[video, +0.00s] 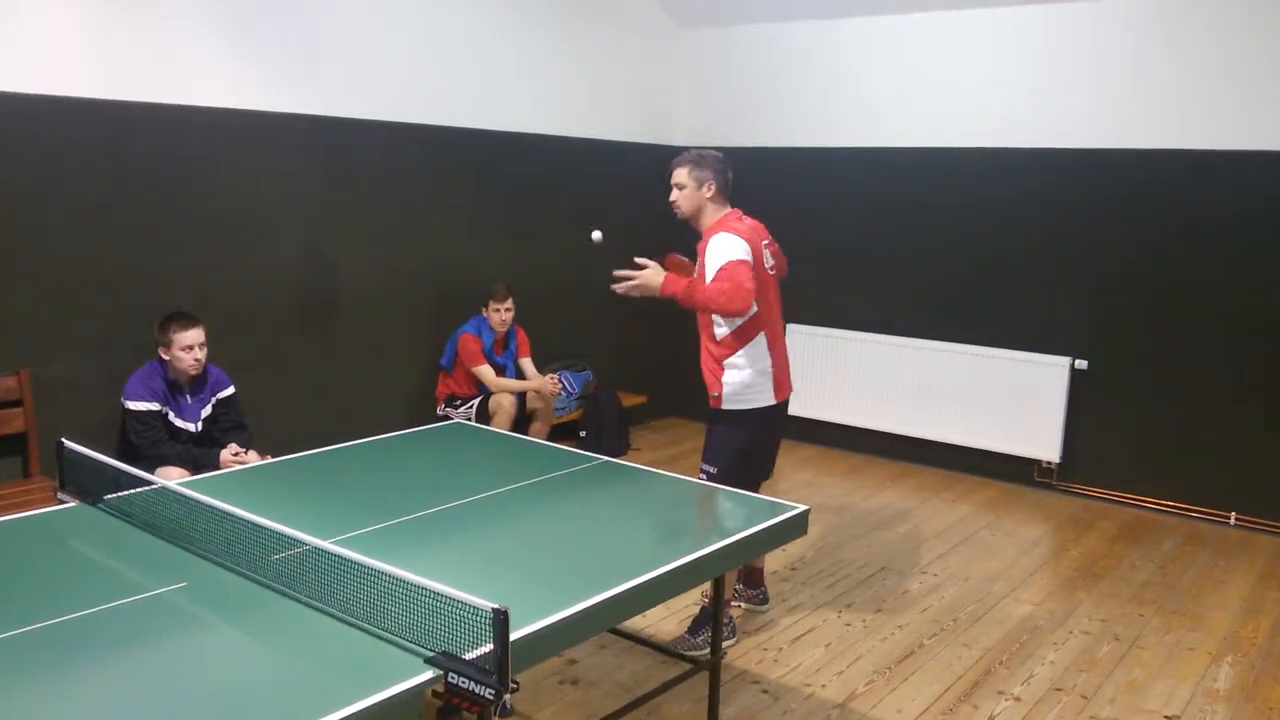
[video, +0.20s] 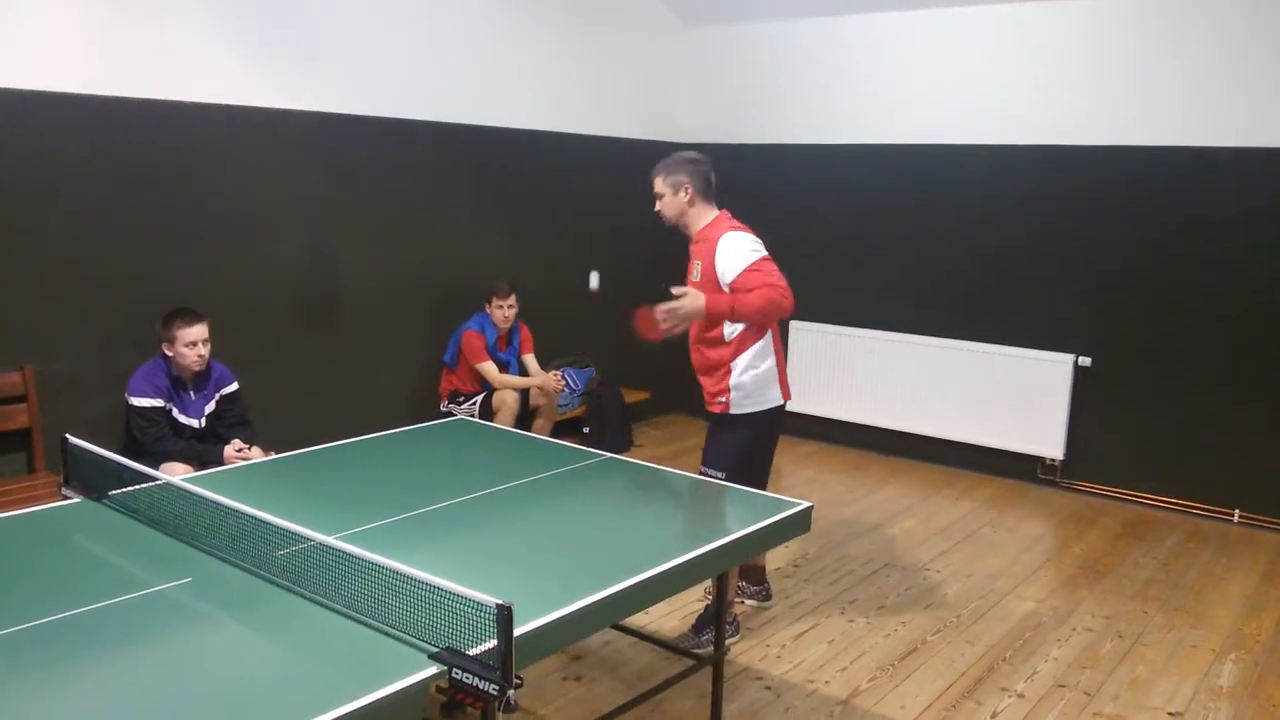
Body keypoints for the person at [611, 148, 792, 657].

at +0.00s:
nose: (672, 197)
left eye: (678, 188)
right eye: (672, 188)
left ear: (708, 189)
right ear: (713, 191)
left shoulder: (723, 239)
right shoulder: (751, 229)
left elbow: (736, 298)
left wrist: (667, 285)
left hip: (741, 400)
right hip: (764, 395)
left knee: (714, 505)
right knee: (742, 494)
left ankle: (717, 613)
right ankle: (752, 582)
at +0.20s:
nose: (656, 206)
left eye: (660, 196)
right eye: (655, 197)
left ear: (686, 192)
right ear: (689, 194)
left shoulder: (730, 240)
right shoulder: (704, 242)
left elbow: (779, 298)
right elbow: (730, 305)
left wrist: (708, 305)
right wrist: (686, 317)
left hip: (749, 403)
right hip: (734, 399)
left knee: (715, 503)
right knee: (740, 496)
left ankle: (723, 610)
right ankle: (754, 578)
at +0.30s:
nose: (649, 213)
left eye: (652, 202)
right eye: (647, 203)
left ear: (678, 197)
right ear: (678, 198)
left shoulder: (736, 242)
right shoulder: (689, 252)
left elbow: (782, 303)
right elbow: (694, 314)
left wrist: (713, 315)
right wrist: (628, 328)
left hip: (750, 404)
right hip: (717, 402)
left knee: (714, 502)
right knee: (732, 495)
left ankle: (723, 606)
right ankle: (754, 577)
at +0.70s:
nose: (655, 202)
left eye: (665, 193)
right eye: (651, 193)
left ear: (697, 194)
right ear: (649, 196)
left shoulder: (743, 249)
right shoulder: (652, 245)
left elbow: (776, 317)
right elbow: (631, 308)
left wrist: (717, 324)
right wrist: (609, 297)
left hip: (735, 401)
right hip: (681, 394)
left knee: (729, 504)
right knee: (668, 492)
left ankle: (731, 607)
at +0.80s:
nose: (649, 204)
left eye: (660, 195)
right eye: (645, 194)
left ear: (692, 196)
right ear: (644, 197)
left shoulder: (735, 252)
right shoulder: (642, 251)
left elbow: (761, 322)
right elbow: (635, 321)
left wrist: (704, 327)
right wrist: (630, 331)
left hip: (725, 403)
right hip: (672, 396)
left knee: (726, 504)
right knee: (648, 491)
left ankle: (728, 606)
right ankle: (624, 585)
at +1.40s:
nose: (672, 241)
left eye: (682, 230)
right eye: (667, 230)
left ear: (713, 225)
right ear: (664, 228)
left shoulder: (760, 272)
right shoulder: (664, 277)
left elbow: (791, 341)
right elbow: (655, 336)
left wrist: (737, 383)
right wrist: (666, 387)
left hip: (762, 416)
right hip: (696, 414)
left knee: (778, 511)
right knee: (666, 501)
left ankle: (795, 617)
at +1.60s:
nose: (670, 247)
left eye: (678, 236)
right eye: (665, 237)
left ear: (710, 228)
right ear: (663, 233)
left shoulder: (761, 272)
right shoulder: (662, 277)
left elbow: (803, 329)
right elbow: (631, 327)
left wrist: (761, 380)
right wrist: (629, 379)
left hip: (756, 411)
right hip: (692, 407)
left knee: (774, 510)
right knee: (660, 499)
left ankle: (794, 615)